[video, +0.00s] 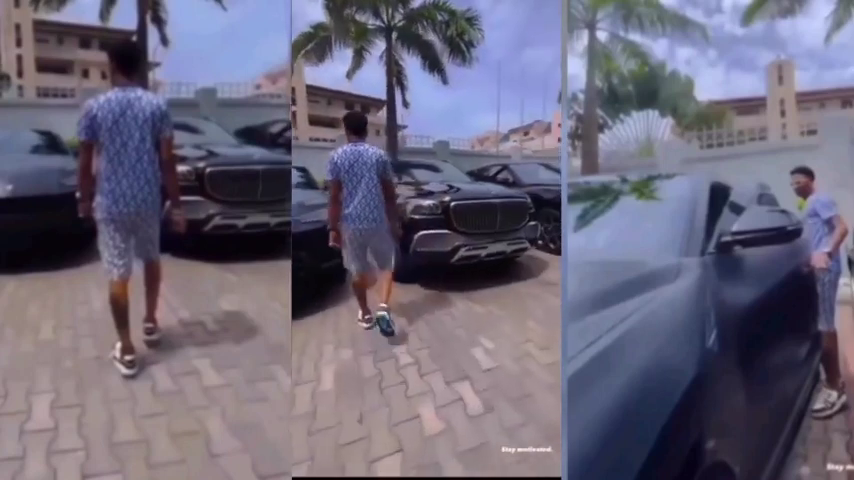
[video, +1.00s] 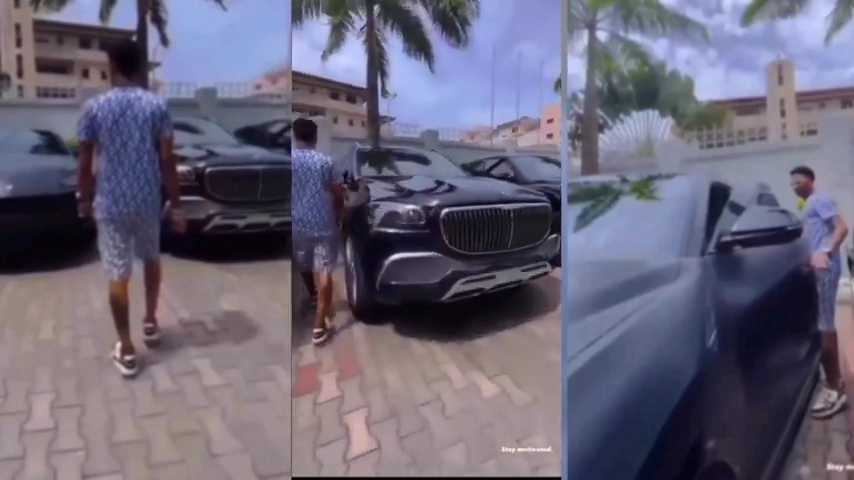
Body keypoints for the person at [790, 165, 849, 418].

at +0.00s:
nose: (796, 187)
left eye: (799, 183)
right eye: (793, 184)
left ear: (811, 181)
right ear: (797, 185)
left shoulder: (821, 201)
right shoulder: (809, 205)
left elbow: (842, 227)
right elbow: (820, 234)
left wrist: (827, 253)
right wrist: (810, 255)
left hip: (825, 268)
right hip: (815, 268)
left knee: (825, 327)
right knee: (822, 327)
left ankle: (834, 388)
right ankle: (830, 385)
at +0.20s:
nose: (796, 187)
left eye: (799, 183)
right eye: (793, 184)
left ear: (811, 181)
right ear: (797, 185)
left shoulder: (821, 201)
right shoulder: (809, 205)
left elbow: (842, 227)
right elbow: (820, 234)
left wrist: (827, 253)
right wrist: (810, 255)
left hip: (825, 268)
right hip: (815, 268)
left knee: (825, 327)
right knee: (822, 327)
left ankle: (834, 388)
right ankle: (830, 385)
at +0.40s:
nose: (796, 187)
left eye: (799, 183)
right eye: (793, 184)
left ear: (811, 181)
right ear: (797, 185)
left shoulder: (821, 201)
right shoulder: (809, 205)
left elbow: (842, 227)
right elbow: (820, 234)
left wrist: (827, 253)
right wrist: (810, 255)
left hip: (825, 268)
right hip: (815, 268)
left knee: (825, 327)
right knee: (822, 327)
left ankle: (834, 388)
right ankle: (830, 385)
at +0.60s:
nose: (796, 187)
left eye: (799, 183)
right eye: (793, 184)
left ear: (811, 181)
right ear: (797, 185)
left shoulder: (821, 201)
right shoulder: (809, 205)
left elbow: (842, 227)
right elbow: (820, 234)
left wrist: (827, 253)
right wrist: (810, 255)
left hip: (825, 268)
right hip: (815, 268)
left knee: (825, 327)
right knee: (822, 327)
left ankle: (834, 388)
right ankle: (830, 385)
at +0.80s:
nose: (796, 187)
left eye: (799, 183)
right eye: (793, 184)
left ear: (811, 181)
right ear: (797, 185)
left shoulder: (821, 201)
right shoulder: (809, 205)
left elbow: (842, 227)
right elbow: (820, 234)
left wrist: (827, 253)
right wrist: (810, 255)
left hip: (825, 268)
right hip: (815, 268)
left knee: (825, 327)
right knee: (822, 327)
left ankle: (834, 388)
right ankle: (830, 385)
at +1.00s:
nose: (796, 187)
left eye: (799, 183)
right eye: (793, 184)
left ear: (811, 181)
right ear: (797, 185)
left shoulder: (821, 201)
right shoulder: (809, 205)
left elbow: (842, 227)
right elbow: (820, 234)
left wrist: (827, 253)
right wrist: (810, 255)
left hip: (825, 268)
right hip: (815, 268)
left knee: (825, 327)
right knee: (822, 327)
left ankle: (834, 388)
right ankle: (830, 385)